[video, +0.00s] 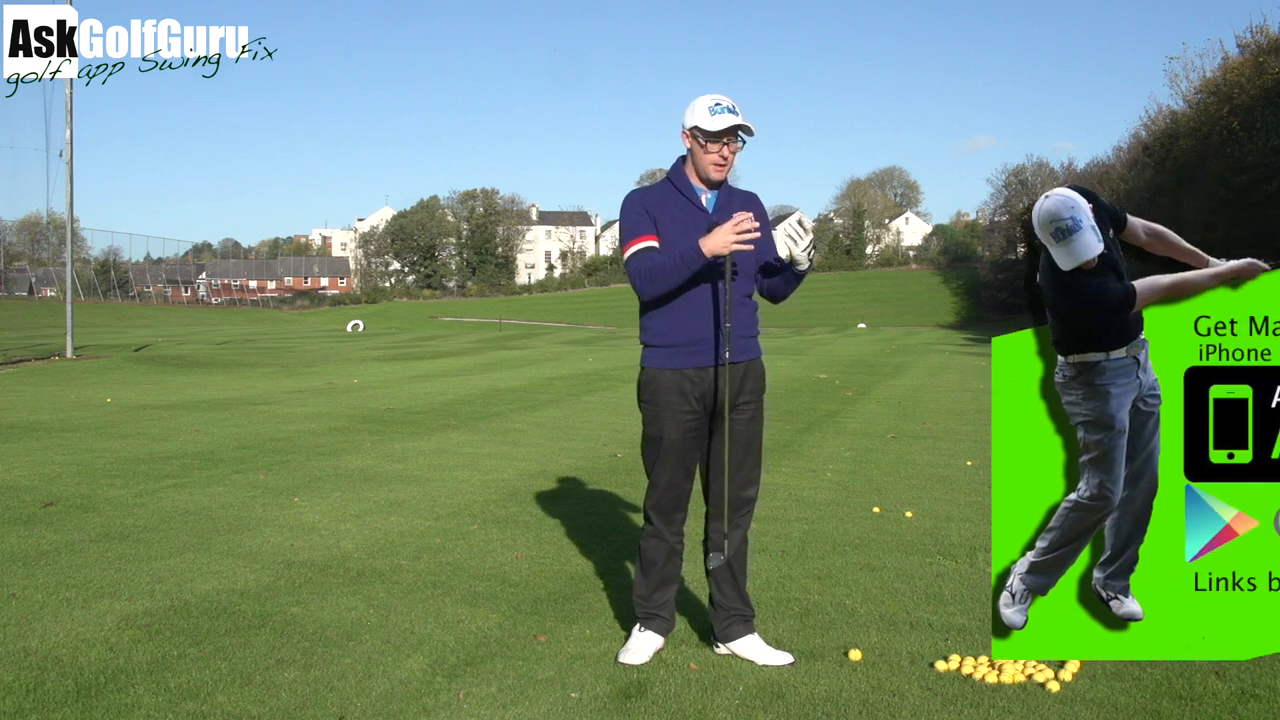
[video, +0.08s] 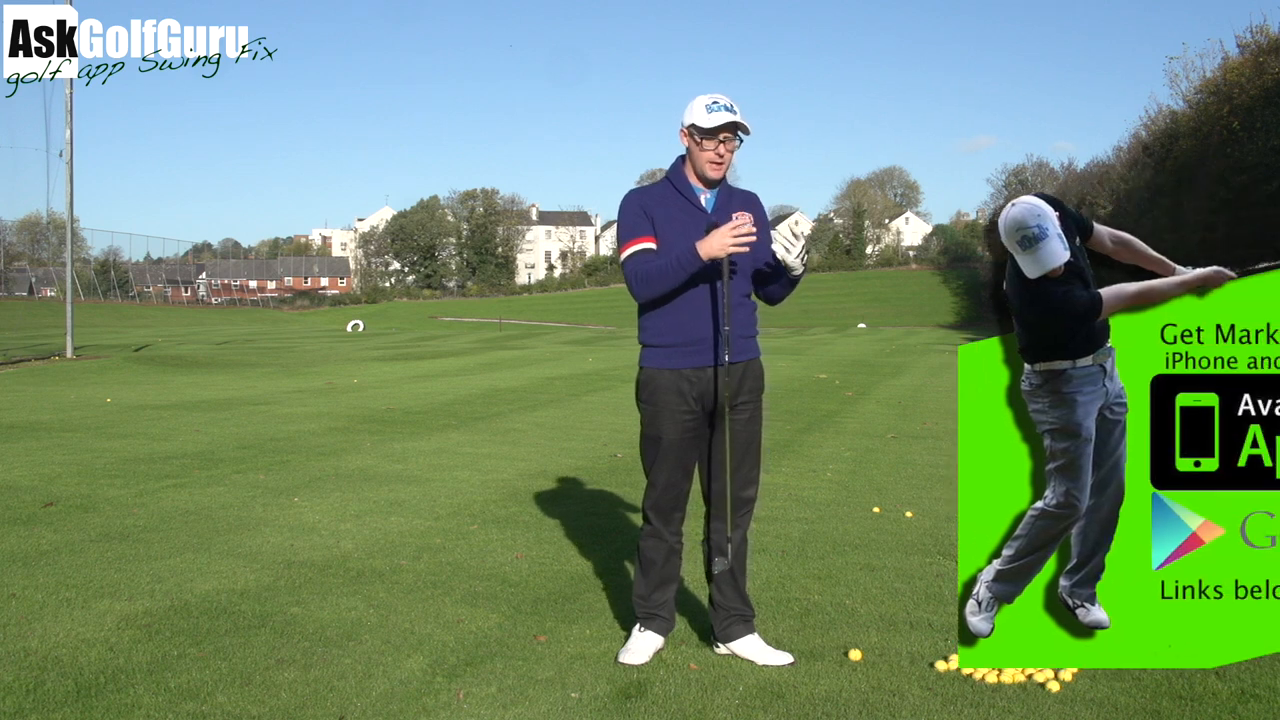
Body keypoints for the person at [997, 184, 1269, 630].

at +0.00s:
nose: (1087, 260)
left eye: (1089, 246)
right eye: (1074, 257)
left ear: (1089, 220)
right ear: (1049, 244)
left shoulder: (1087, 206)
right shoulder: (1070, 287)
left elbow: (1146, 234)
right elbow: (1164, 288)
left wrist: (1211, 262)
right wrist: (1231, 273)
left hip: (1136, 361)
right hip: (1093, 376)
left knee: (1139, 483)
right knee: (1100, 492)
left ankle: (1111, 580)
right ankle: (1026, 578)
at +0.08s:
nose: (1053, 268)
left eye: (1056, 254)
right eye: (1041, 265)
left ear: (1056, 229)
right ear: (1016, 253)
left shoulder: (1053, 214)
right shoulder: (1036, 295)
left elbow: (1113, 242)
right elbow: (1131, 296)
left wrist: (1178, 271)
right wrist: (1197, 281)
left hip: (1102, 371)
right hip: (1059, 384)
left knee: (1106, 491)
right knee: (1067, 499)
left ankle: (1077, 587)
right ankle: (993, 586)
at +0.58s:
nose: (881, 310)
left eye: (883, 296)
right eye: (869, 308)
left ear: (882, 269)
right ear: (844, 293)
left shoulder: (878, 255)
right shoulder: (864, 334)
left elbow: (940, 283)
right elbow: (954, 339)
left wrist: (1004, 312)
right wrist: (1023, 322)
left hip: (930, 411)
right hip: (886, 425)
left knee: (933, 533)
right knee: (894, 541)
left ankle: (905, 628)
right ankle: (820, 627)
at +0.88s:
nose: (829, 323)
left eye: (831, 310)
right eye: (817, 320)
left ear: (830, 283)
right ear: (793, 307)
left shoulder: (825, 268)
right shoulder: (814, 349)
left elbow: (886, 295)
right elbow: (907, 350)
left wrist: (952, 325)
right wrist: (969, 335)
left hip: (877, 423)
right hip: (834, 437)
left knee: (880, 545)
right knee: (841, 554)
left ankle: (852, 641)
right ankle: (768, 640)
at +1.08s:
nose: (822, 324)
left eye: (824, 310)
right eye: (810, 321)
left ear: (823, 284)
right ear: (785, 308)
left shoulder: (819, 268)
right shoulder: (808, 350)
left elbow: (880, 296)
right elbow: (899, 352)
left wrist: (945, 326)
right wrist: (962, 337)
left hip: (870, 425)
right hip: (828, 439)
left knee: (874, 546)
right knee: (835, 555)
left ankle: (846, 643)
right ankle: (762, 641)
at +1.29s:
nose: (823, 324)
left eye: (825, 310)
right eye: (810, 321)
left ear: (823, 284)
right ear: (785, 308)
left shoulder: (818, 268)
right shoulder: (808, 350)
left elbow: (880, 296)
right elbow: (899, 352)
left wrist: (945, 326)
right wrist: (962, 337)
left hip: (870, 425)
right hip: (828, 439)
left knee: (874, 546)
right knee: (835, 555)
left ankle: (846, 643)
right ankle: (762, 641)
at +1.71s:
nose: (823, 324)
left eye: (826, 310)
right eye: (811, 322)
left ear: (825, 284)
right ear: (786, 309)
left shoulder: (819, 268)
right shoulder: (810, 352)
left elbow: (880, 296)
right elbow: (901, 351)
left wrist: (946, 326)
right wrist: (963, 337)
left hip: (871, 426)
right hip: (829, 440)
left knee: (874, 547)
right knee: (835, 555)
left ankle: (846, 643)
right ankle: (762, 641)